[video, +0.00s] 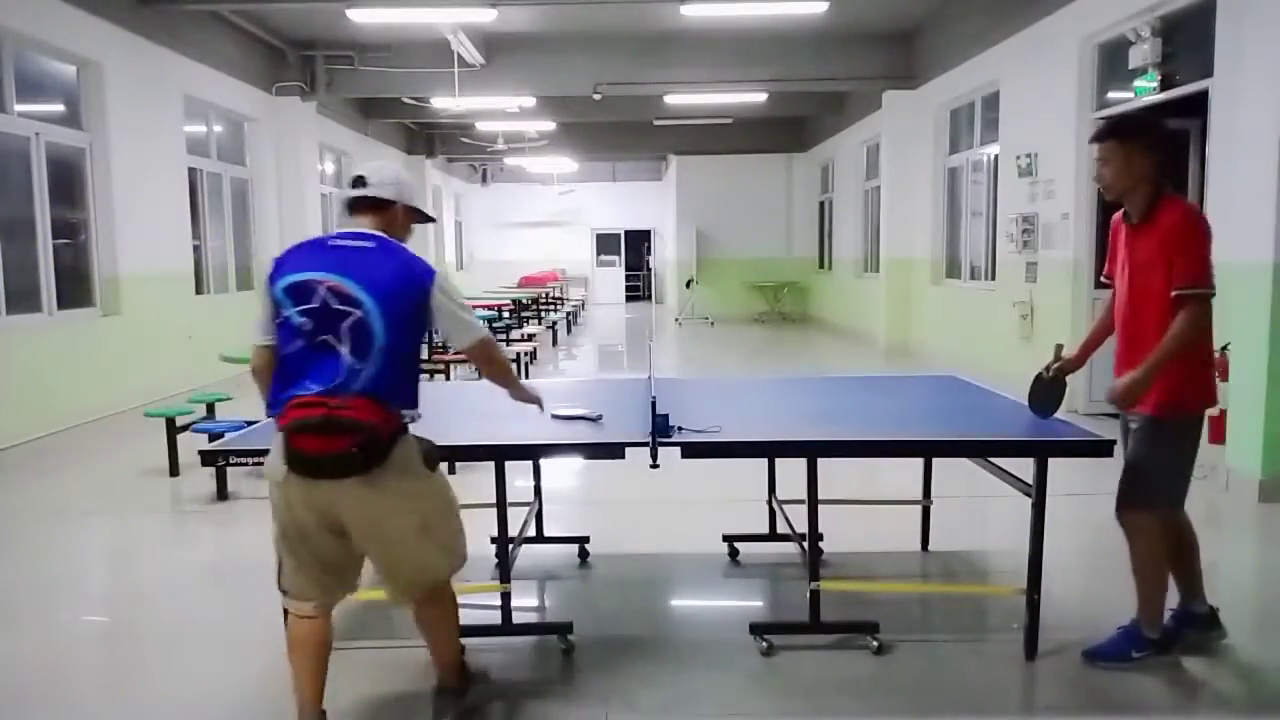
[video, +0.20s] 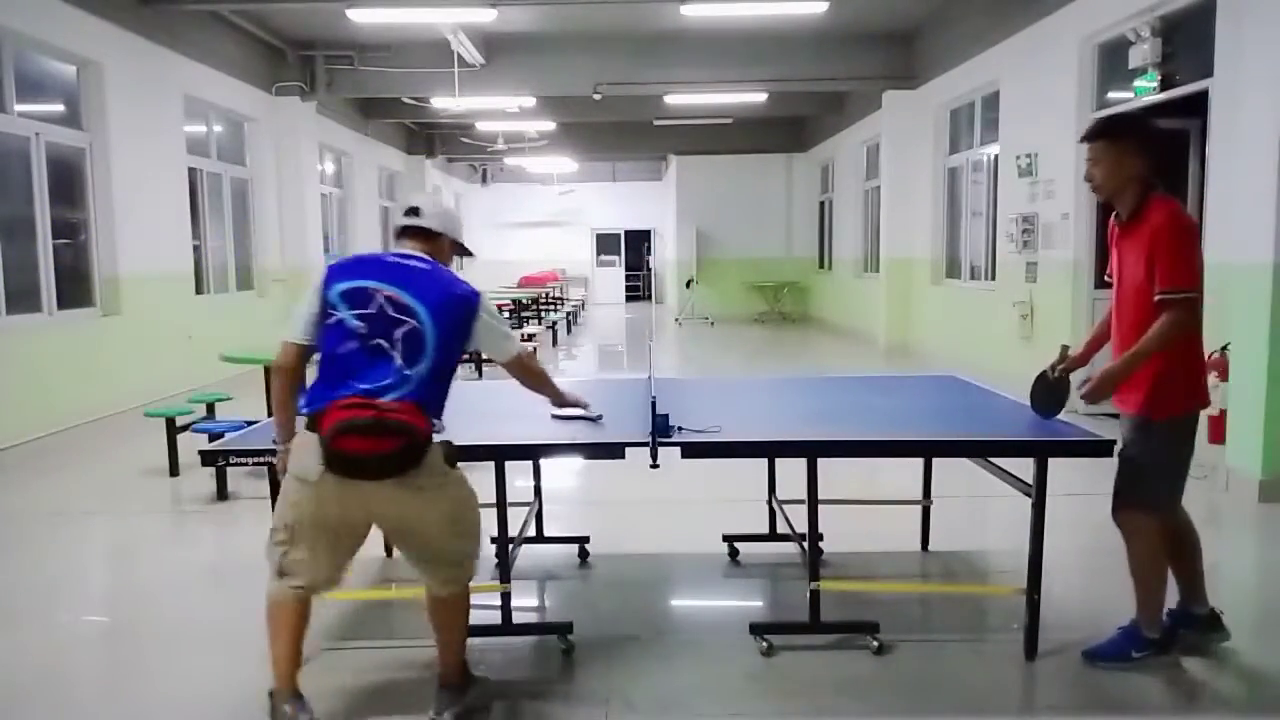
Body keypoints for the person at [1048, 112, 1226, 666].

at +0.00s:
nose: (1097, 173)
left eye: (1106, 161)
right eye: (1096, 162)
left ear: (1142, 162)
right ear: (1125, 166)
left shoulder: (1183, 221)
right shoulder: (1120, 224)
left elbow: (1194, 315)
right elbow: (1119, 302)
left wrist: (1138, 375)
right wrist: (1079, 354)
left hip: (1176, 393)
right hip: (1141, 390)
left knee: (1136, 507)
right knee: (1162, 505)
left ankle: (1148, 628)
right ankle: (1197, 612)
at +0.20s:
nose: (1087, 173)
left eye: (1095, 161)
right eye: (1087, 162)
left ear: (1132, 160)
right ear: (1112, 165)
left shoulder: (1168, 222)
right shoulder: (1120, 224)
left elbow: (1181, 314)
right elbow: (1125, 302)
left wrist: (1117, 369)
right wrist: (1085, 350)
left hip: (1167, 393)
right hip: (1147, 390)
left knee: (1133, 509)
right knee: (1160, 505)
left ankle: (1148, 628)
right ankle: (1197, 613)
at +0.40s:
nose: (1077, 177)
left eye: (1084, 164)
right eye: (1076, 166)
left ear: (1119, 162)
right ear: (1109, 166)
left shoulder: (1156, 222)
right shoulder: (1126, 224)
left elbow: (1164, 315)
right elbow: (1129, 308)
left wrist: (1095, 364)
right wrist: (1089, 349)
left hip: (1168, 392)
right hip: (1154, 390)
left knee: (1145, 505)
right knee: (1170, 503)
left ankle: (1151, 628)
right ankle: (1194, 615)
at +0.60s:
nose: (1075, 181)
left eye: (1082, 167)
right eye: (1074, 169)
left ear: (1116, 163)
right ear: (1110, 168)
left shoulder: (1150, 222)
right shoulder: (1132, 222)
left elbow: (1158, 317)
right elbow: (1141, 308)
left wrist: (1098, 355)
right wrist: (1102, 336)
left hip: (1174, 393)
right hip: (1163, 390)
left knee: (1165, 511)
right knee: (1181, 504)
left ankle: (1155, 630)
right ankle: (1202, 605)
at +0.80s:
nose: (1082, 181)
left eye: (1088, 167)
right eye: (1080, 169)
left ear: (1122, 163)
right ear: (1118, 168)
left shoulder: (1155, 220)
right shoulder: (1137, 221)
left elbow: (1165, 314)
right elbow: (1147, 304)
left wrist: (1108, 357)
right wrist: (1107, 332)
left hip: (1180, 394)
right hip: (1173, 392)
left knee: (1168, 511)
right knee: (1189, 497)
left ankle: (1154, 630)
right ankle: (1222, 593)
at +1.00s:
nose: (1097, 177)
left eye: (1104, 164)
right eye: (1096, 166)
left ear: (1137, 163)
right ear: (1135, 167)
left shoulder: (1167, 222)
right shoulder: (1157, 220)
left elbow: (1169, 312)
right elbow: (1159, 304)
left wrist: (1110, 355)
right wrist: (1119, 331)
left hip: (1185, 395)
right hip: (1194, 391)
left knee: (1170, 511)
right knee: (1204, 496)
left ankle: (1154, 631)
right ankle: (1245, 590)